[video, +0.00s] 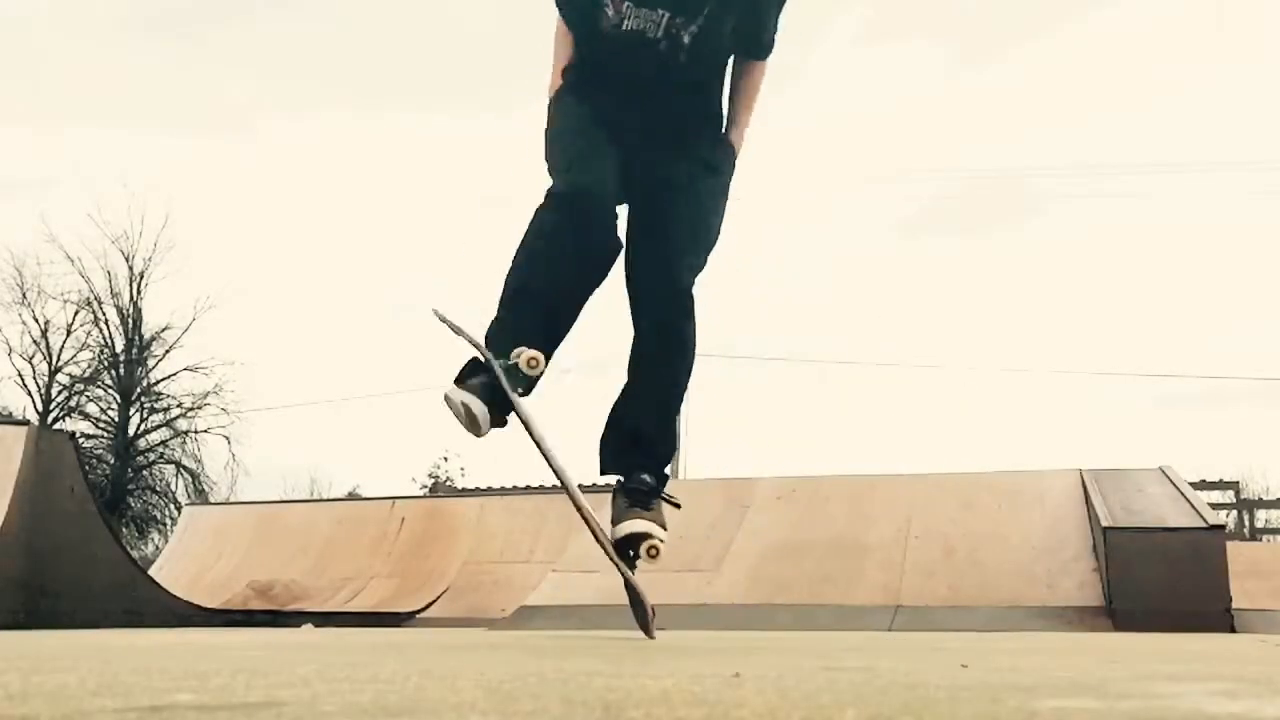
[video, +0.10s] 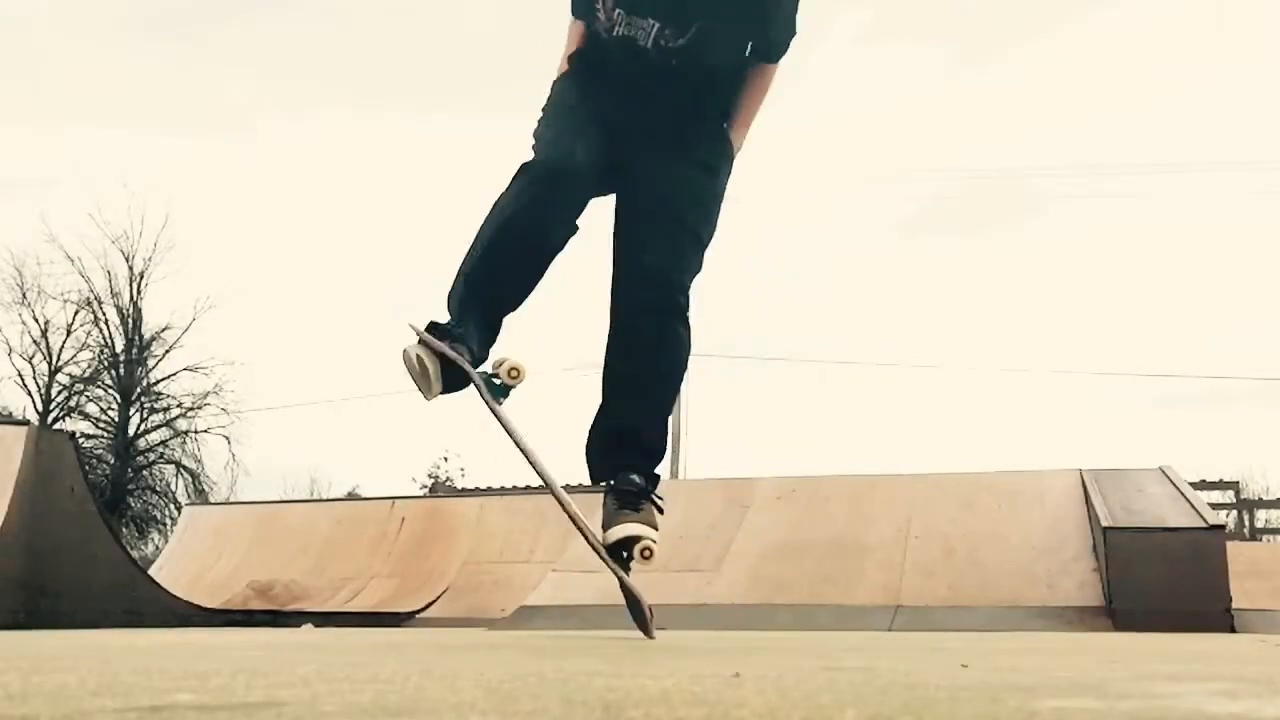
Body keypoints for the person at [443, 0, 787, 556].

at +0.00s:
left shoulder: (755, 6)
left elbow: (753, 49)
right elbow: (572, 16)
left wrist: (734, 137)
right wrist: (559, 90)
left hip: (688, 107)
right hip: (595, 89)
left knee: (666, 293)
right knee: (583, 208)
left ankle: (641, 481)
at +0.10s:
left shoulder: (774, 6)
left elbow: (769, 48)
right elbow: (584, 17)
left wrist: (731, 137)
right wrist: (565, 84)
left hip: (697, 98)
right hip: (601, 74)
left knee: (657, 290)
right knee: (558, 172)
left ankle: (630, 480)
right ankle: (464, 335)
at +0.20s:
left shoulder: (766, 11)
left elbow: (773, 63)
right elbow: (590, 28)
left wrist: (729, 153)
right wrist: (564, 94)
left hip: (696, 116)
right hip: (603, 85)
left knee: (655, 291)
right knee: (545, 182)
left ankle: (630, 482)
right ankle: (465, 346)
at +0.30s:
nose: (638, 13)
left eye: (646, 12)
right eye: (629, 13)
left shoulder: (755, 13)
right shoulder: (597, 5)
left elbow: (768, 66)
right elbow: (584, 36)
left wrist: (729, 157)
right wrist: (568, 99)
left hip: (695, 108)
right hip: (602, 86)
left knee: (654, 287)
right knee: (551, 190)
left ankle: (630, 483)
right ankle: (473, 353)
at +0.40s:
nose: (624, 18)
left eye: (630, 12)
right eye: (615, 13)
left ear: (657, 0)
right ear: (602, 5)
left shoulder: (746, 11)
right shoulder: (586, 6)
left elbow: (764, 60)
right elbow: (579, 38)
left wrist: (731, 152)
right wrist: (566, 106)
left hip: (696, 108)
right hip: (601, 86)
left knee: (659, 294)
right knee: (556, 185)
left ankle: (633, 487)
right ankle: (477, 345)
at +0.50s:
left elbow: (756, 43)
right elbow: (571, 22)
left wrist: (731, 141)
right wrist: (567, 86)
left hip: (698, 83)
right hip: (603, 66)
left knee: (659, 292)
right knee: (559, 179)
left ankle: (633, 481)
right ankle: (488, 345)